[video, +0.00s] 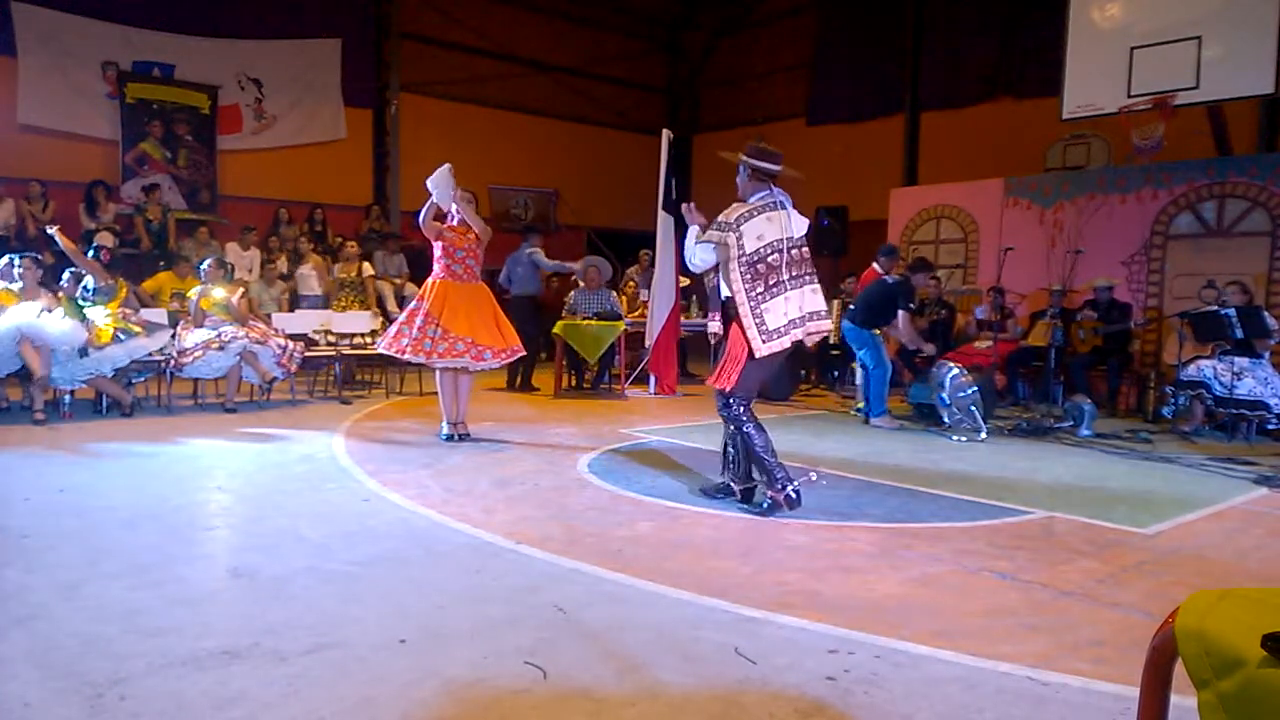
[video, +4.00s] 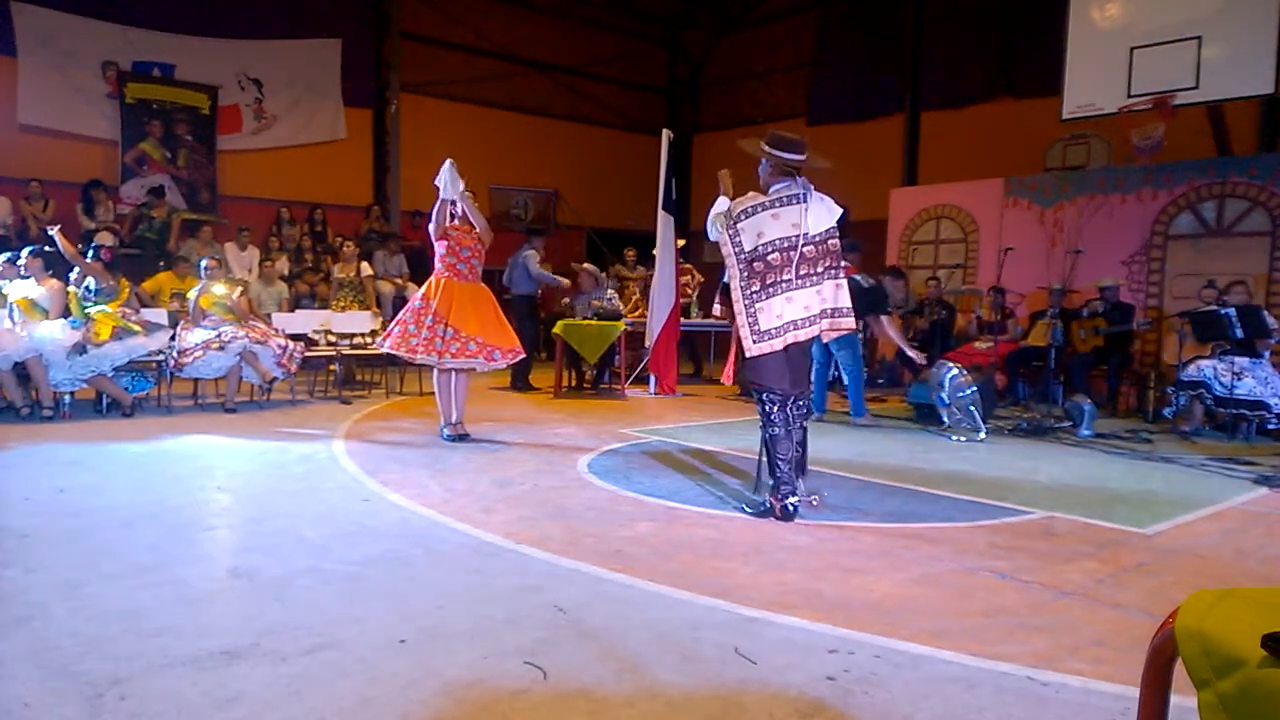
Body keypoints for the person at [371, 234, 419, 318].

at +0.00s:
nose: (396, 245)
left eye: (397, 242)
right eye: (393, 242)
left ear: (398, 243)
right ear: (387, 243)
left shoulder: (400, 256)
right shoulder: (379, 254)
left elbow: (406, 272)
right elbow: (379, 273)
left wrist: (402, 283)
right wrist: (393, 282)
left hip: (398, 278)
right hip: (383, 278)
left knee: (413, 291)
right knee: (387, 291)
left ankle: (408, 315)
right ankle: (394, 314)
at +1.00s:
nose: (396, 245)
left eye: (397, 242)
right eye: (393, 243)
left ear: (398, 244)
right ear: (386, 244)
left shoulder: (400, 255)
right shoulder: (379, 255)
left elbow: (405, 272)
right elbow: (379, 273)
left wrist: (402, 283)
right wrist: (394, 282)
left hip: (398, 278)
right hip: (384, 278)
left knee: (414, 291)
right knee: (387, 290)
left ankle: (406, 315)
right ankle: (395, 315)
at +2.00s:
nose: (395, 244)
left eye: (396, 241)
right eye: (392, 241)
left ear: (398, 243)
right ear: (386, 243)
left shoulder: (400, 255)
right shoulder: (378, 255)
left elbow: (405, 272)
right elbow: (379, 274)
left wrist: (403, 282)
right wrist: (393, 281)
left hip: (397, 278)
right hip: (384, 278)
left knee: (412, 289)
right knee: (386, 289)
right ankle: (393, 313)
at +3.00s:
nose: (396, 245)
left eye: (397, 243)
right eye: (394, 243)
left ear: (399, 244)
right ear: (387, 243)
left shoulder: (400, 255)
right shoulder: (379, 254)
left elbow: (405, 272)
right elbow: (380, 273)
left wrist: (404, 282)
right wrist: (395, 283)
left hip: (398, 278)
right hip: (383, 278)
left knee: (414, 291)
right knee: (387, 291)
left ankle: (417, 317)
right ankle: (387, 318)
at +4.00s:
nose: (397, 245)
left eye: (398, 243)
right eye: (394, 243)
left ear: (399, 244)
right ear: (388, 243)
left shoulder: (400, 256)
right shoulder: (379, 254)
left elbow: (405, 272)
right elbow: (380, 273)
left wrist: (404, 282)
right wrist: (394, 283)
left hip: (398, 278)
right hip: (383, 278)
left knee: (414, 291)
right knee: (387, 291)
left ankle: (418, 317)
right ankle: (387, 318)